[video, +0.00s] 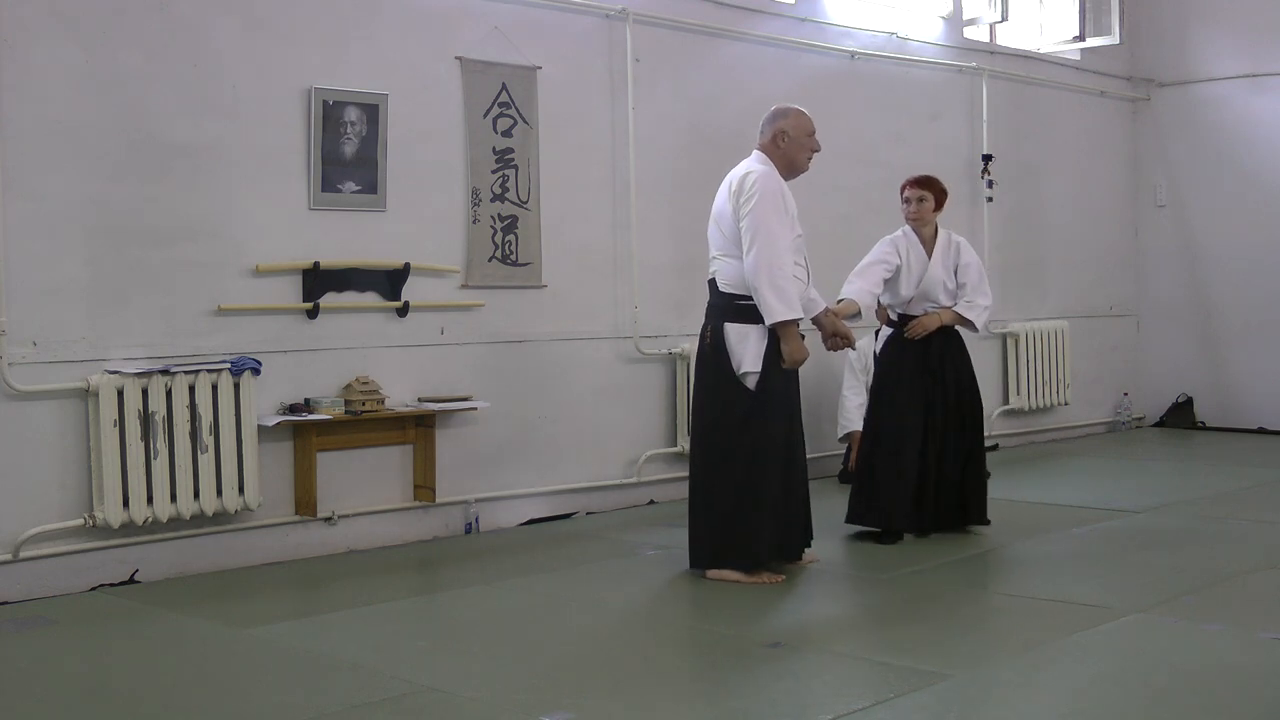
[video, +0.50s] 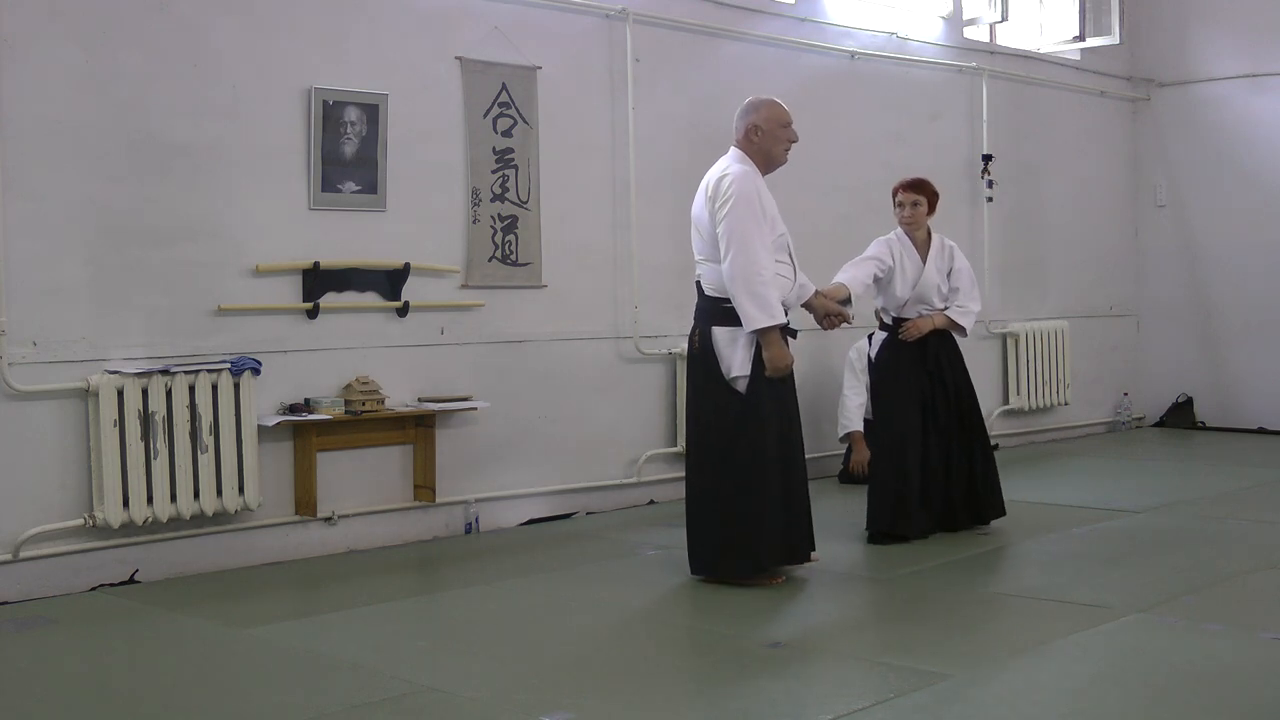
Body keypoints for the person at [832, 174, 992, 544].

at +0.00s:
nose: (912, 207)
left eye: (921, 201)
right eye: (907, 201)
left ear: (938, 205)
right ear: (901, 207)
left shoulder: (958, 249)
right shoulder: (893, 246)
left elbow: (978, 305)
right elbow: (865, 285)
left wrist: (939, 318)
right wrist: (838, 311)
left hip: (945, 346)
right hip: (901, 346)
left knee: (951, 426)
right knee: (896, 430)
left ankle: (947, 514)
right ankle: (890, 520)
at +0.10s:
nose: (912, 210)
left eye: (920, 203)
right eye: (906, 204)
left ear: (937, 207)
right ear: (900, 210)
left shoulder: (957, 250)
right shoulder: (893, 248)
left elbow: (979, 305)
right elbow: (865, 279)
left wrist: (939, 320)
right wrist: (842, 305)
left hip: (946, 346)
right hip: (902, 347)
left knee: (955, 424)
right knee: (897, 429)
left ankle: (951, 512)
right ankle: (887, 518)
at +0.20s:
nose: (911, 212)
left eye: (920, 205)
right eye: (905, 206)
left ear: (936, 209)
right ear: (900, 211)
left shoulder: (956, 250)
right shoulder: (893, 249)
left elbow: (978, 304)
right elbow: (864, 279)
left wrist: (940, 319)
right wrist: (838, 304)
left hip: (945, 346)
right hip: (903, 347)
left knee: (954, 425)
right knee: (900, 430)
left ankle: (950, 513)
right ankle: (881, 519)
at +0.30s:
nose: (910, 212)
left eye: (919, 206)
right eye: (904, 207)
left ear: (935, 211)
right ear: (898, 212)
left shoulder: (954, 251)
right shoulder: (892, 249)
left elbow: (974, 307)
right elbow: (864, 277)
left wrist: (938, 321)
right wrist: (836, 300)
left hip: (945, 346)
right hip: (903, 347)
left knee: (956, 425)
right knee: (903, 431)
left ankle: (958, 513)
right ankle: (885, 521)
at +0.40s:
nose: (909, 213)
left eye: (917, 206)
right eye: (902, 207)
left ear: (932, 210)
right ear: (896, 212)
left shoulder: (950, 252)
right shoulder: (890, 249)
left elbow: (970, 307)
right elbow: (862, 274)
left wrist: (934, 323)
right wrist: (834, 298)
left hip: (942, 347)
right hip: (901, 348)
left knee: (953, 426)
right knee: (903, 432)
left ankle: (956, 513)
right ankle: (896, 521)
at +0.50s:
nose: (907, 212)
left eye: (915, 205)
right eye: (900, 206)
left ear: (930, 209)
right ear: (894, 211)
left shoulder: (948, 251)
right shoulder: (888, 247)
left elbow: (966, 306)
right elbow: (860, 271)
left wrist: (931, 322)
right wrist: (831, 295)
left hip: (940, 346)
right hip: (898, 347)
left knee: (952, 425)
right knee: (901, 431)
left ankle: (959, 512)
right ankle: (901, 520)